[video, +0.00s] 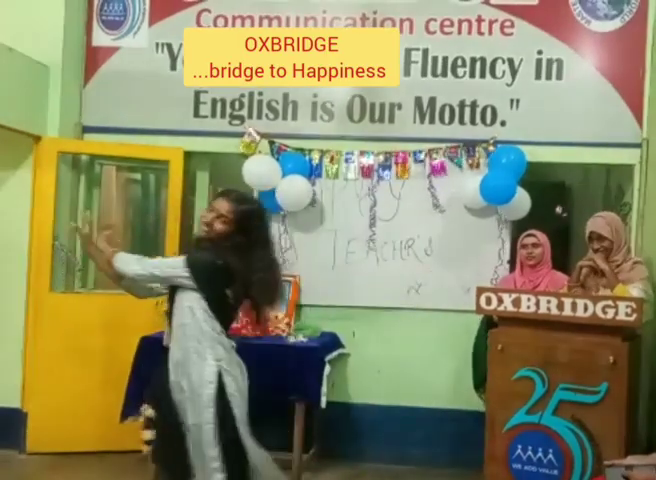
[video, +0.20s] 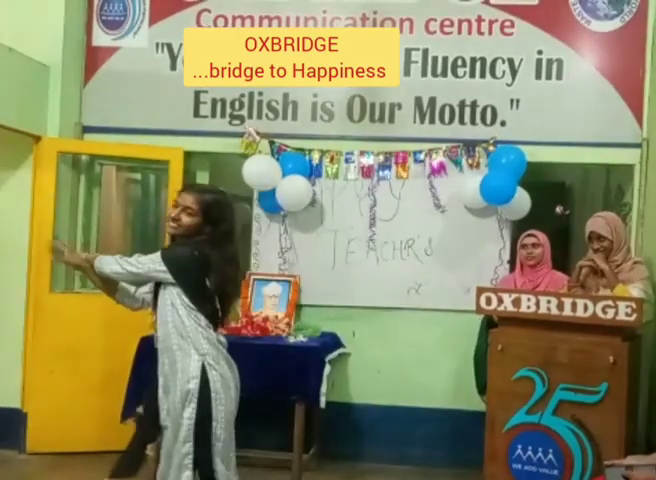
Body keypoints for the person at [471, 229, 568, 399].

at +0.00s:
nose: (530, 251)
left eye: (535, 246)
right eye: (525, 247)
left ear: (545, 250)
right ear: (518, 252)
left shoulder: (561, 282)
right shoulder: (506, 282)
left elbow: (566, 321)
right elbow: (492, 321)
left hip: (548, 352)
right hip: (511, 351)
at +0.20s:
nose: (529, 251)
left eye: (535, 246)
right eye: (524, 247)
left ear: (545, 250)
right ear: (518, 252)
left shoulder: (561, 282)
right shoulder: (506, 282)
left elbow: (566, 323)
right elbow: (491, 323)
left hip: (548, 355)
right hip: (511, 353)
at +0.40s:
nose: (529, 251)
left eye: (535, 246)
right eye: (525, 247)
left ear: (545, 250)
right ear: (518, 252)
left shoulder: (561, 282)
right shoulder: (506, 282)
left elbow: (565, 319)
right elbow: (494, 319)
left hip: (548, 351)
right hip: (511, 350)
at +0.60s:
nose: (529, 251)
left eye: (535, 246)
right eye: (524, 247)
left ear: (545, 250)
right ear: (518, 252)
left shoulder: (561, 282)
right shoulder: (506, 282)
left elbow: (566, 320)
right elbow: (494, 320)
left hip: (548, 352)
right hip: (511, 350)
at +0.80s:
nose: (530, 251)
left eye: (536, 246)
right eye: (524, 246)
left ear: (546, 250)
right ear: (518, 252)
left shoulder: (561, 281)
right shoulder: (506, 282)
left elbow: (566, 317)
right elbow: (494, 317)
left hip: (548, 347)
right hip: (512, 346)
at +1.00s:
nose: (530, 251)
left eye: (536, 246)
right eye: (525, 247)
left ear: (546, 250)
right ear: (519, 252)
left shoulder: (561, 281)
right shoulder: (506, 282)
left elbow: (565, 319)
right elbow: (493, 320)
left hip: (548, 349)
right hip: (512, 349)